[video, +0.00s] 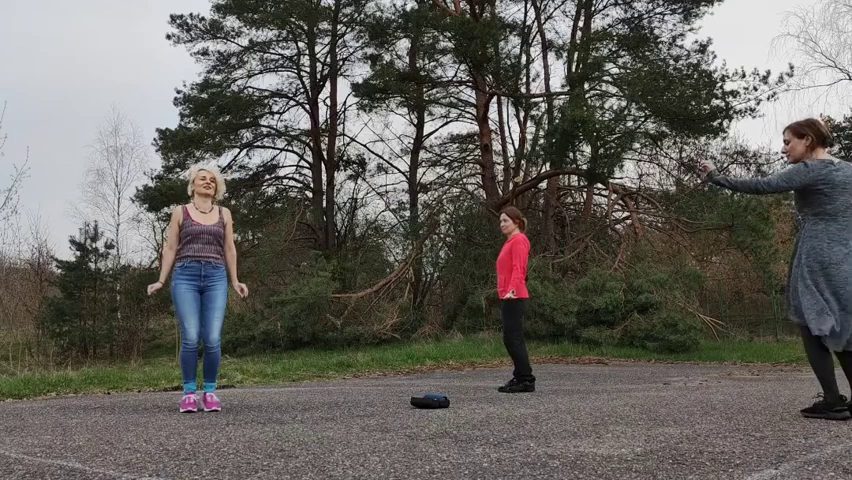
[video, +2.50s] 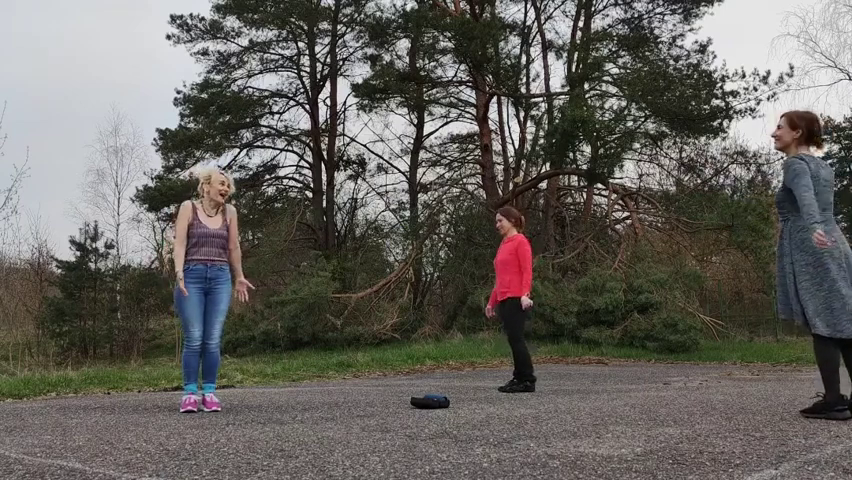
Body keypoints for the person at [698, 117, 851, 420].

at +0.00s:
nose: (784, 149)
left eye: (788, 142)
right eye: (784, 143)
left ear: (807, 140)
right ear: (812, 142)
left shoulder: (808, 170)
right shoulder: (844, 168)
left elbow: (764, 185)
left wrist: (715, 177)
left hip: (817, 256)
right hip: (845, 255)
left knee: (809, 325)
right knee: (840, 328)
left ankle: (833, 399)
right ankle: (848, 396)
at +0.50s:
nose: (786, 142)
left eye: (790, 135)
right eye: (786, 136)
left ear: (807, 134)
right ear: (814, 136)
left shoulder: (805, 165)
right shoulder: (845, 166)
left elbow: (770, 196)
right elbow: (844, 208)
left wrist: (724, 191)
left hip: (818, 249)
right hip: (847, 248)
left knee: (819, 323)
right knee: (842, 323)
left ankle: (833, 398)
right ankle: (843, 397)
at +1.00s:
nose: (786, 139)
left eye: (789, 134)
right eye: (787, 133)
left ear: (801, 134)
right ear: (821, 134)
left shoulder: (797, 164)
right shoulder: (844, 166)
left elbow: (796, 213)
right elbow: (847, 210)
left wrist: (797, 255)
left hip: (822, 252)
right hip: (848, 251)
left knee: (823, 325)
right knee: (846, 325)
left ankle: (833, 398)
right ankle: (841, 397)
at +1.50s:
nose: (782, 136)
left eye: (787, 130)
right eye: (783, 130)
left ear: (806, 133)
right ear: (812, 134)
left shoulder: (798, 164)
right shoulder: (841, 169)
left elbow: (794, 213)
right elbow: (847, 213)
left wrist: (775, 251)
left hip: (822, 249)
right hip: (845, 247)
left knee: (827, 324)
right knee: (837, 324)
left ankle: (834, 398)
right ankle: (836, 397)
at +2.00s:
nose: (793, 135)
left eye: (801, 129)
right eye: (789, 130)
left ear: (818, 134)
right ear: (786, 136)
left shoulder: (818, 165)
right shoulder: (804, 167)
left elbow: (831, 207)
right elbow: (810, 213)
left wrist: (840, 243)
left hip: (819, 252)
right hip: (812, 251)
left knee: (823, 324)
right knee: (835, 325)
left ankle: (834, 398)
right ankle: (836, 396)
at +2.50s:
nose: (774, 132)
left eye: (781, 127)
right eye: (776, 127)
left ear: (798, 133)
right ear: (801, 134)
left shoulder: (796, 164)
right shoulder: (824, 166)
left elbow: (805, 197)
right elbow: (830, 207)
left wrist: (815, 227)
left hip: (810, 251)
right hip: (834, 248)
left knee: (822, 324)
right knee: (841, 324)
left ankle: (833, 399)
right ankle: (841, 397)